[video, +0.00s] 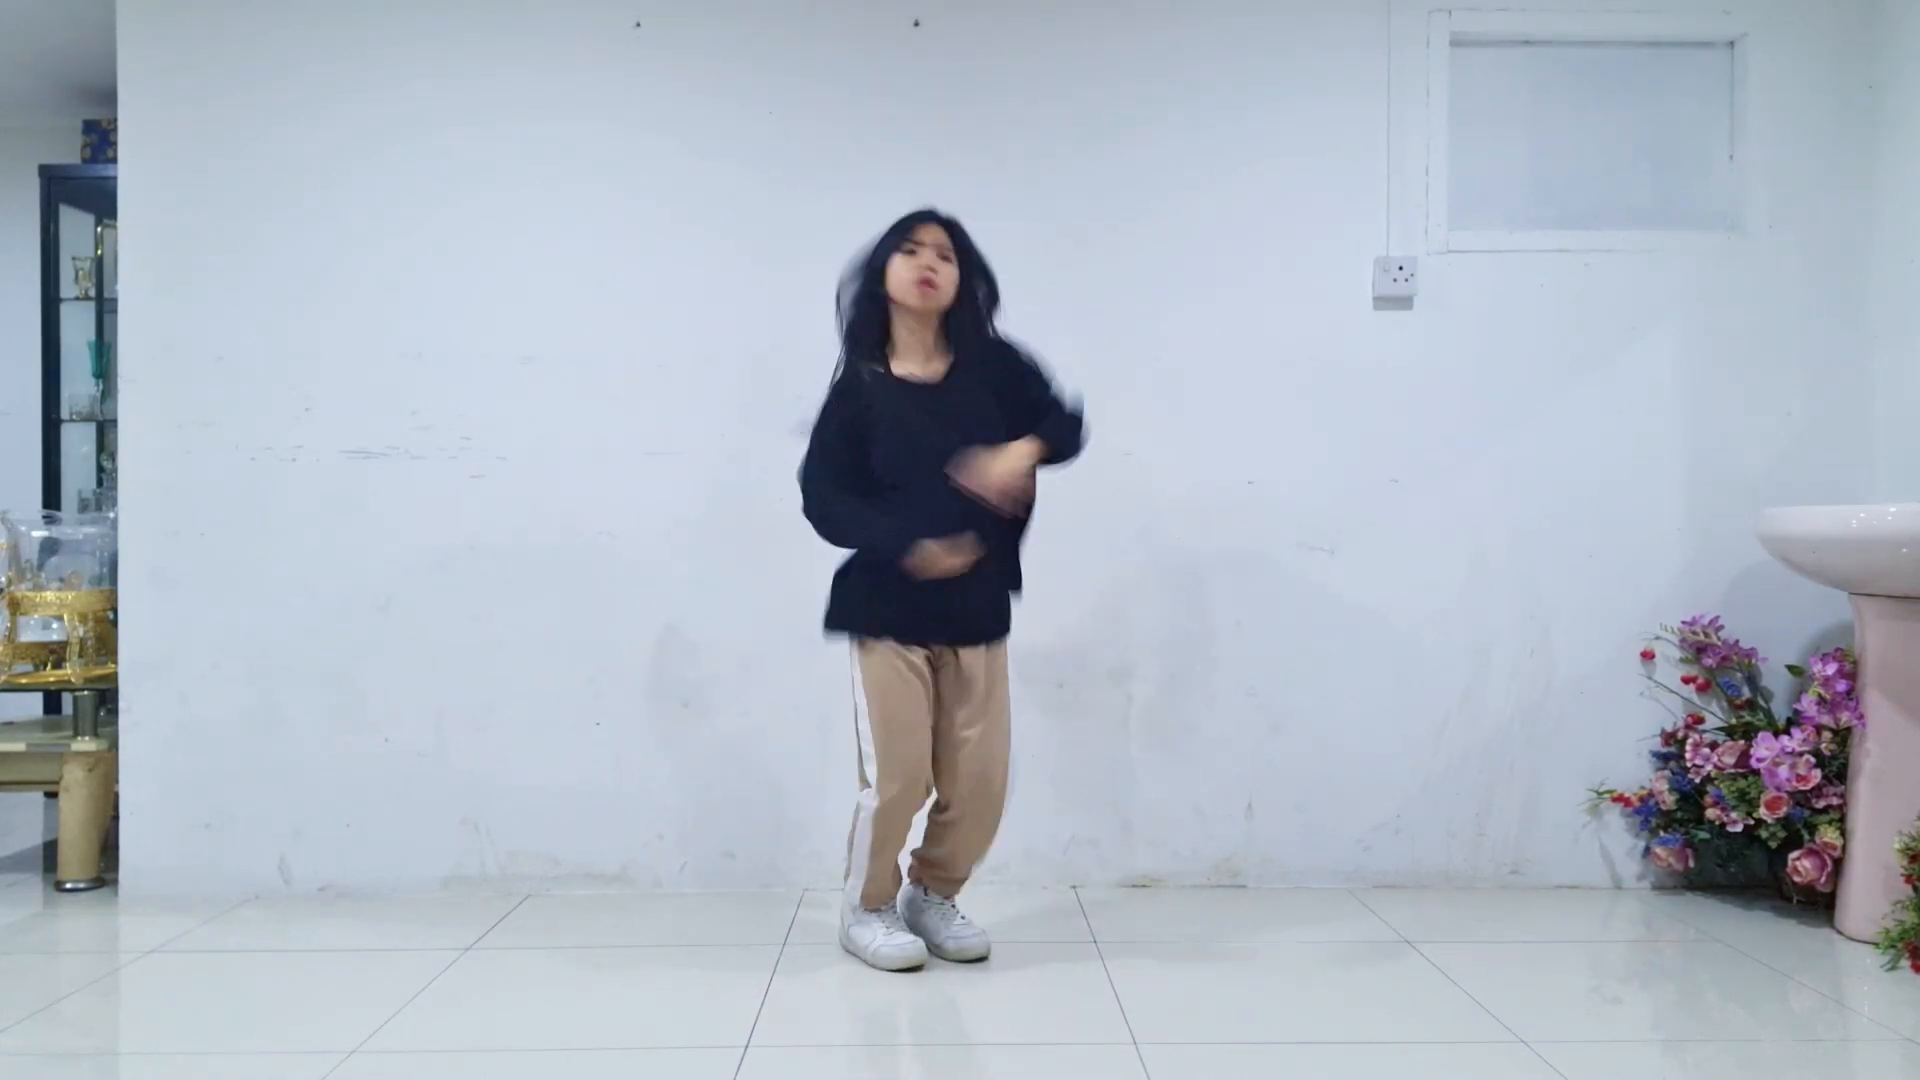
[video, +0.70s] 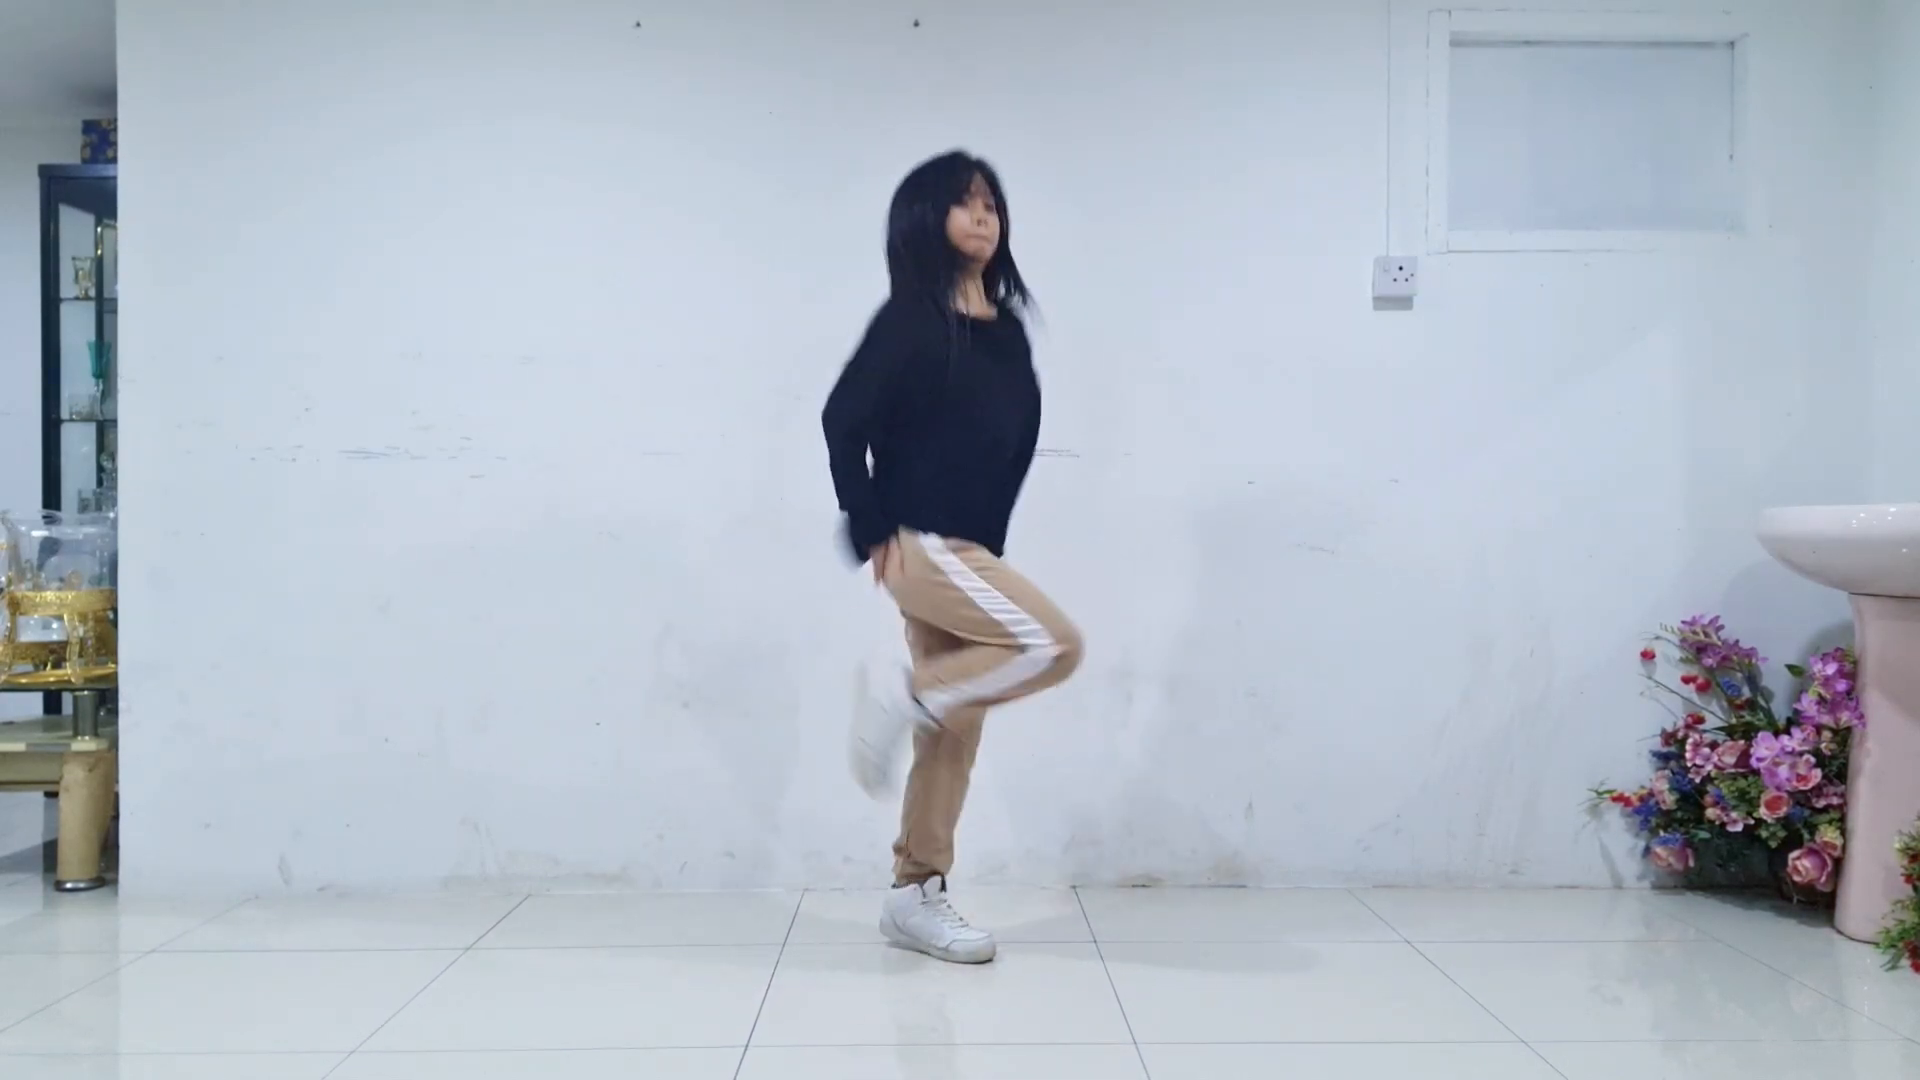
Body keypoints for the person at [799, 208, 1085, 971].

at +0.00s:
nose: (927, 264)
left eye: (943, 256)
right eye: (911, 251)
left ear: (962, 281)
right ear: (881, 272)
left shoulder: (997, 366)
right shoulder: (860, 387)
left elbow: (1066, 427)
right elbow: (823, 497)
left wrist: (1022, 453)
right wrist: (906, 545)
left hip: (976, 614)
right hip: (888, 612)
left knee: (978, 781)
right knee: (904, 774)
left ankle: (932, 897)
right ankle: (870, 912)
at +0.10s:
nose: (954, 261)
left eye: (964, 253)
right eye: (937, 245)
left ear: (971, 273)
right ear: (898, 256)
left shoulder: (980, 346)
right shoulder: (871, 352)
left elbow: (1001, 428)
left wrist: (938, 378)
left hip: (983, 571)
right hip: (898, 574)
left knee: (983, 761)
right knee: (906, 763)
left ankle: (933, 892)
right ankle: (871, 906)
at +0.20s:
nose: (960, 227)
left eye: (970, 217)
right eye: (943, 208)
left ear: (975, 235)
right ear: (901, 216)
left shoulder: (975, 336)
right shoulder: (870, 316)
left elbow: (1056, 330)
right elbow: (905, 368)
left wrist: (1004, 307)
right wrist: (982, 326)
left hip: (990, 546)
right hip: (914, 546)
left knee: (970, 724)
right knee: (901, 725)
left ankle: (938, 885)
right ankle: (872, 896)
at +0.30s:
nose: (962, 213)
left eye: (971, 206)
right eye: (947, 196)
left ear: (976, 226)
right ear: (902, 201)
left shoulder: (967, 296)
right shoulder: (857, 284)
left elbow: (1027, 293)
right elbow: (854, 285)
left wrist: (1002, 297)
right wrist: (934, 283)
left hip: (1000, 528)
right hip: (925, 525)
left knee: (962, 717)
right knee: (901, 712)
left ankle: (934, 881)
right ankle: (872, 893)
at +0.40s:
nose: (967, 241)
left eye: (977, 234)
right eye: (952, 223)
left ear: (982, 254)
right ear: (912, 230)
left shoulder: (966, 328)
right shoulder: (882, 310)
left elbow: (1037, 394)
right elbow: (859, 422)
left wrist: (1030, 364)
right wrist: (929, 494)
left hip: (998, 532)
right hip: (931, 531)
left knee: (981, 726)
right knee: (939, 729)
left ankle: (933, 884)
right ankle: (877, 886)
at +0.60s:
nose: (984, 248)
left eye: (991, 236)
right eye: (966, 236)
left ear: (1003, 253)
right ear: (932, 252)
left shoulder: (989, 355)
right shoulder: (913, 349)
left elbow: (970, 464)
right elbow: (870, 454)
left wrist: (977, 562)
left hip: (961, 561)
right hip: (914, 565)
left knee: (957, 738)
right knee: (1061, 656)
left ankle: (918, 901)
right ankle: (957, 772)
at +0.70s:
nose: (982, 217)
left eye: (988, 205)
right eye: (963, 205)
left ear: (1001, 219)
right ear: (928, 219)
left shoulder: (1002, 321)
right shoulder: (909, 315)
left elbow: (1006, 427)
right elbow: (841, 420)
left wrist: (988, 519)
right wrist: (871, 526)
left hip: (971, 541)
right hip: (918, 538)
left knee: (953, 720)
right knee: (1052, 644)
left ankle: (916, 895)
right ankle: (906, 697)